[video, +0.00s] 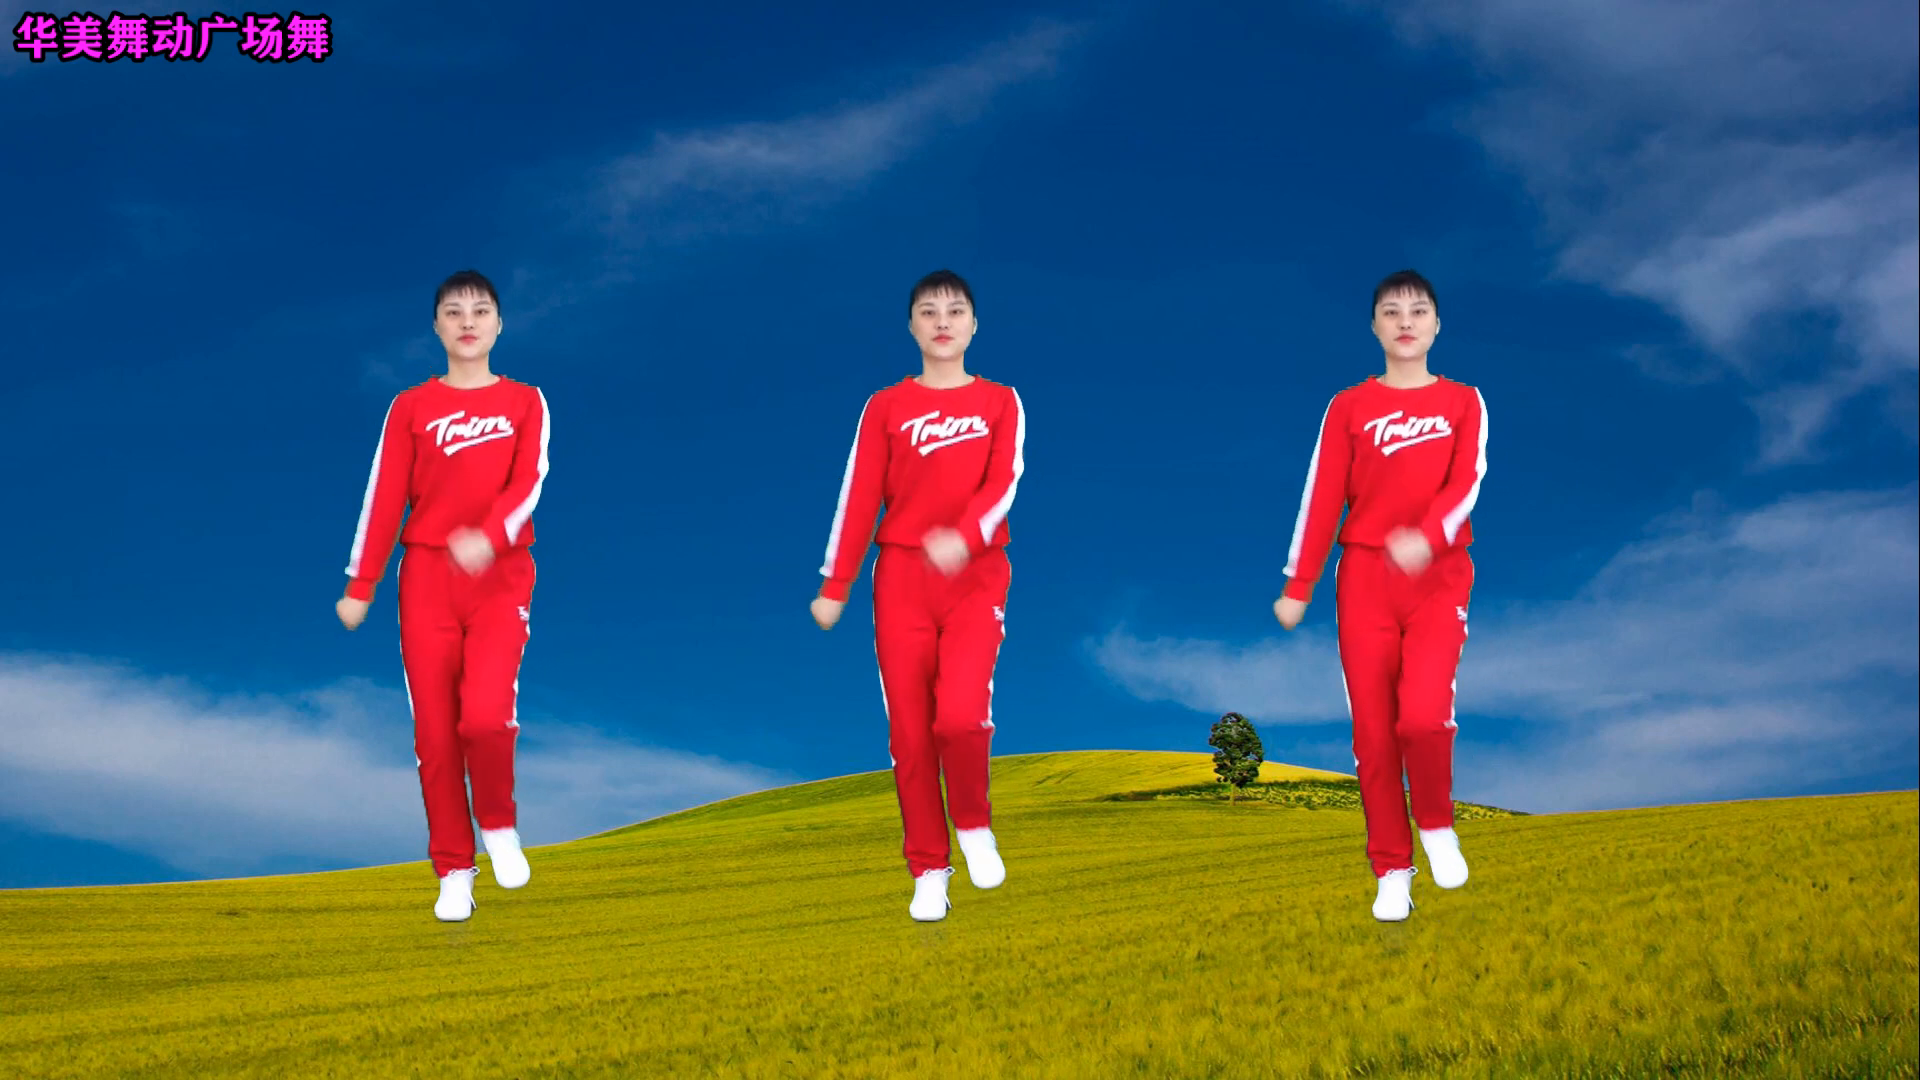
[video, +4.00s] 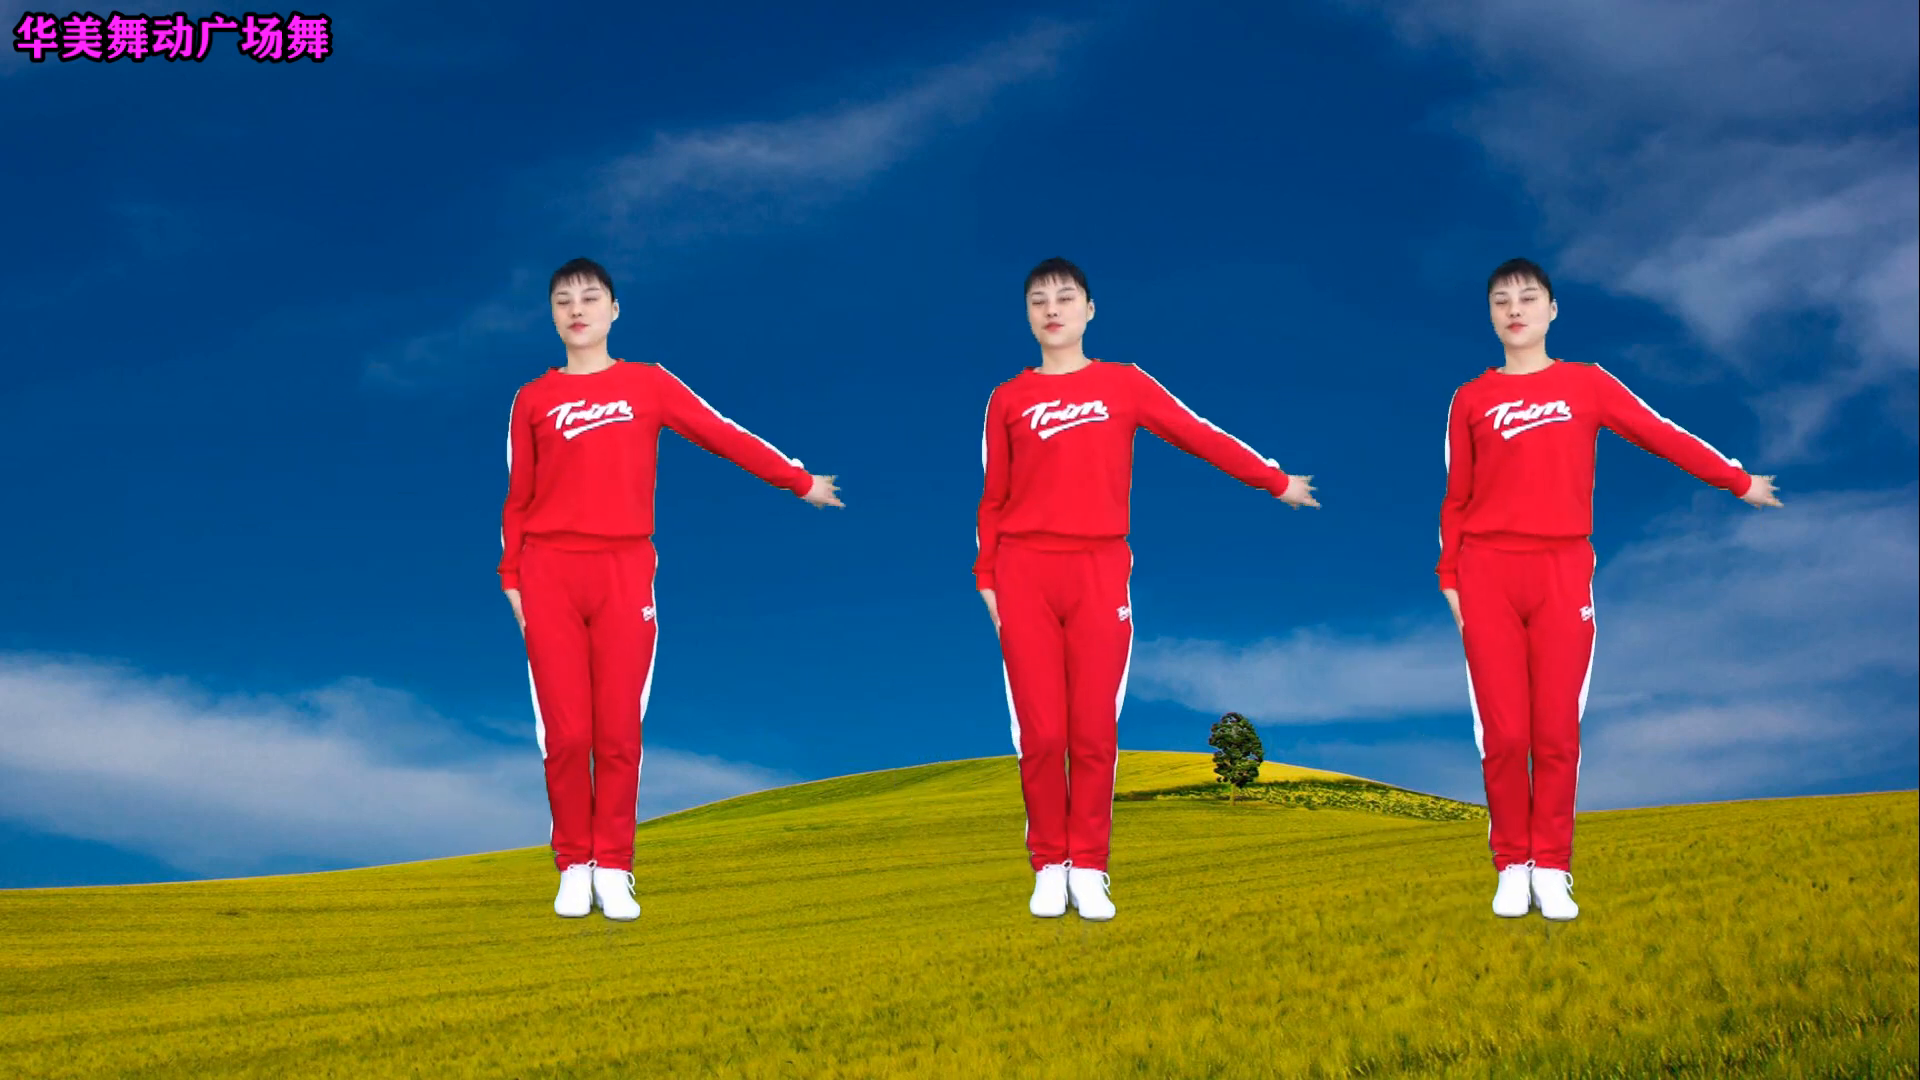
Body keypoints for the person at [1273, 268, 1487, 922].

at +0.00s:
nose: (1405, 323)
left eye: (1417, 312)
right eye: (1393, 313)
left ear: (1435, 323)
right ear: (1376, 325)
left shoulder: (1464, 402)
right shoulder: (1348, 407)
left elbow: (1467, 485)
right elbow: (1322, 499)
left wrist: (1429, 534)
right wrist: (1299, 585)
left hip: (1438, 582)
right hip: (1364, 581)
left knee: (1422, 721)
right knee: (1372, 730)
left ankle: (1436, 823)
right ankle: (1390, 866)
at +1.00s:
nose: (1410, 300)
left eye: (1420, 289)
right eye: (1395, 292)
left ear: (1440, 301)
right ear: (1379, 308)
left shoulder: (1474, 379)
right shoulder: (1357, 383)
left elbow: (1513, 461)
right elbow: (1296, 455)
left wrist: (1456, 420)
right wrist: (1242, 532)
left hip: (1457, 557)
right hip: (1381, 557)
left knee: (1448, 715)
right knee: (1400, 711)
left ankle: (1437, 862)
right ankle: (1400, 837)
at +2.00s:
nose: (1406, 306)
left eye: (1417, 296)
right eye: (1393, 297)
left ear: (1436, 308)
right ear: (1376, 311)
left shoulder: (1469, 385)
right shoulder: (1353, 394)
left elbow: (1503, 476)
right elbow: (1345, 479)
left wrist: (1529, 564)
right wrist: (1375, 541)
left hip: (1456, 566)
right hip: (1379, 569)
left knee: (1447, 725)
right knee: (1388, 723)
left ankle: (1436, 868)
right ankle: (1394, 856)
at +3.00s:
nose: (1438, 301)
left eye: (1440, 291)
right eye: (1421, 291)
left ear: (1444, 309)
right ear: (1385, 311)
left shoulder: (1469, 392)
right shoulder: (1371, 378)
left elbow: (1489, 490)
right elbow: (1428, 429)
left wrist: (1499, 567)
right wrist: (1522, 452)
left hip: (1465, 565)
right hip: (1394, 561)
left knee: (1496, 709)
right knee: (1392, 724)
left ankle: (1500, 834)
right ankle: (1386, 868)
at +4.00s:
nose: (1515, 309)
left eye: (1527, 298)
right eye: (1503, 301)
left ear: (1551, 310)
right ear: (1491, 317)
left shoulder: (1586, 381)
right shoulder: (1470, 399)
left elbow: (1662, 435)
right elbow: (1456, 495)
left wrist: (1740, 481)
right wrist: (1448, 573)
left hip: (1563, 568)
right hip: (1484, 569)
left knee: (1557, 731)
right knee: (1502, 731)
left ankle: (1552, 869)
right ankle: (1511, 865)